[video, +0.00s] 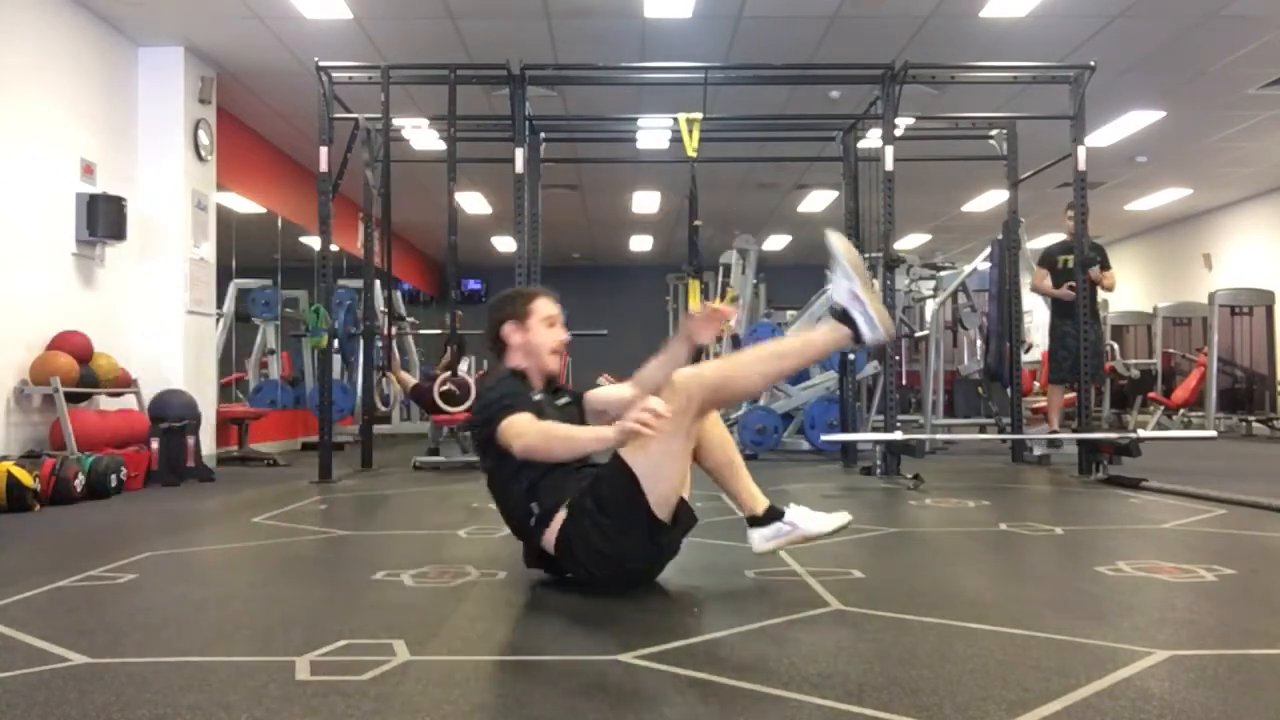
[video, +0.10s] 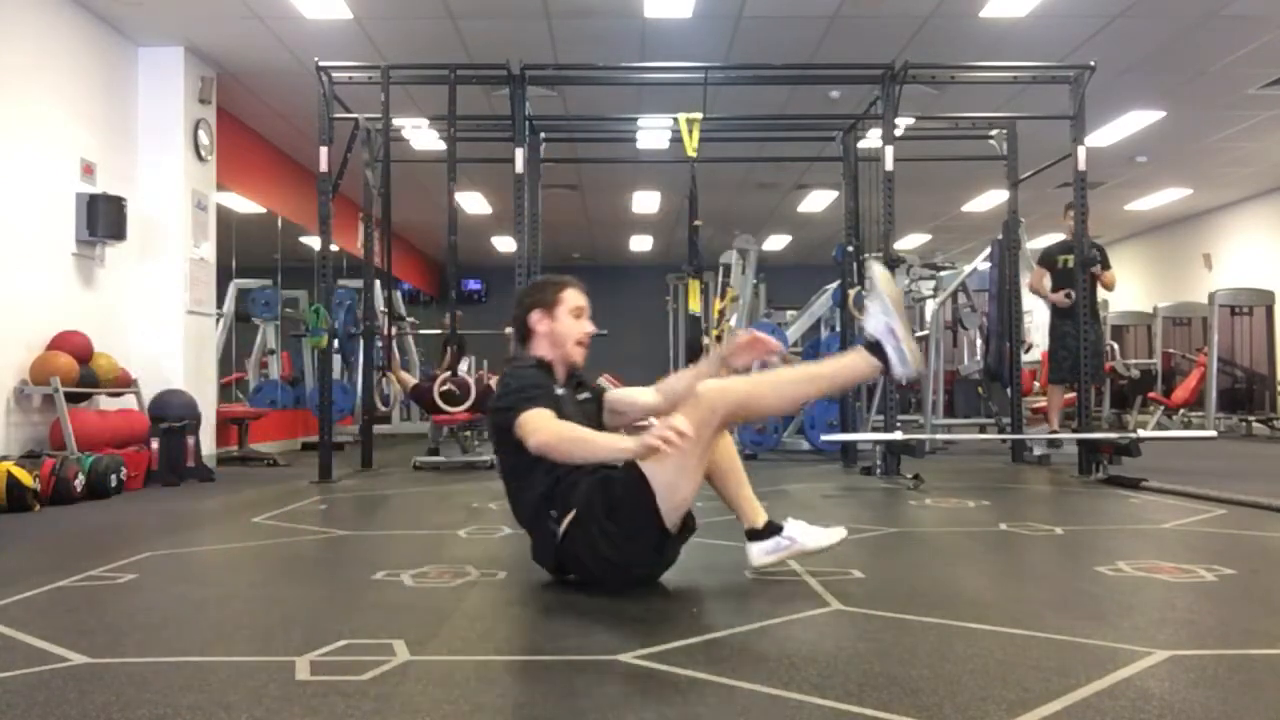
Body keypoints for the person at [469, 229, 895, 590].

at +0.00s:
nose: (565, 337)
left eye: (562, 326)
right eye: (552, 325)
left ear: (537, 337)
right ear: (512, 335)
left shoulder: (553, 399)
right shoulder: (498, 395)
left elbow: (632, 391)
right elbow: (526, 440)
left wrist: (686, 340)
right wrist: (612, 434)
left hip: (620, 538)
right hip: (591, 546)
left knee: (688, 401)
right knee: (685, 387)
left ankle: (764, 518)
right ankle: (846, 326)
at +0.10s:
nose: (590, 327)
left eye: (589, 318)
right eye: (577, 316)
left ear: (563, 328)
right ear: (538, 324)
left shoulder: (577, 387)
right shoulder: (521, 380)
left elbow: (655, 399)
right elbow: (543, 438)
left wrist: (721, 360)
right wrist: (633, 445)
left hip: (618, 538)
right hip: (590, 542)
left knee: (701, 408)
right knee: (711, 397)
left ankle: (764, 532)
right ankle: (877, 355)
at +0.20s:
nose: (614, 323)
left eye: (613, 313)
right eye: (602, 311)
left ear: (581, 320)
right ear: (562, 316)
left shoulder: (592, 384)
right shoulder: (539, 381)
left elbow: (672, 409)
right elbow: (559, 443)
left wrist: (754, 382)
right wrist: (655, 467)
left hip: (627, 541)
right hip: (597, 549)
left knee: (708, 424)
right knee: (731, 416)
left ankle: (769, 541)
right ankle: (906, 386)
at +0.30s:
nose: (627, 321)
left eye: (626, 310)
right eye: (615, 308)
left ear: (590, 314)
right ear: (575, 312)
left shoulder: (598, 382)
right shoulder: (555, 376)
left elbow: (681, 413)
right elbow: (571, 449)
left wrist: (765, 391)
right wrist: (667, 483)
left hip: (625, 538)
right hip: (604, 548)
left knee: (702, 429)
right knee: (747, 424)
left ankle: (769, 542)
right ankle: (923, 401)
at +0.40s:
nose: (644, 318)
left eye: (643, 306)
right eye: (633, 304)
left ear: (604, 309)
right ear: (593, 307)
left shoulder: (608, 378)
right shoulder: (574, 372)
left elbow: (694, 419)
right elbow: (590, 457)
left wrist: (783, 408)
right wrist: (680, 508)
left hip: (627, 536)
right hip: (616, 547)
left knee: (694, 441)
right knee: (766, 436)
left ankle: (771, 543)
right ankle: (943, 423)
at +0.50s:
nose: (661, 314)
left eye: (661, 302)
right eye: (649, 299)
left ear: (619, 306)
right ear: (608, 304)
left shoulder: (617, 374)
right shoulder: (593, 372)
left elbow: (700, 424)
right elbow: (611, 469)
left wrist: (801, 428)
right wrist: (697, 535)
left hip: (630, 538)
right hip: (625, 551)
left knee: (696, 432)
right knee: (785, 452)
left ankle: (762, 542)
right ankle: (958, 443)